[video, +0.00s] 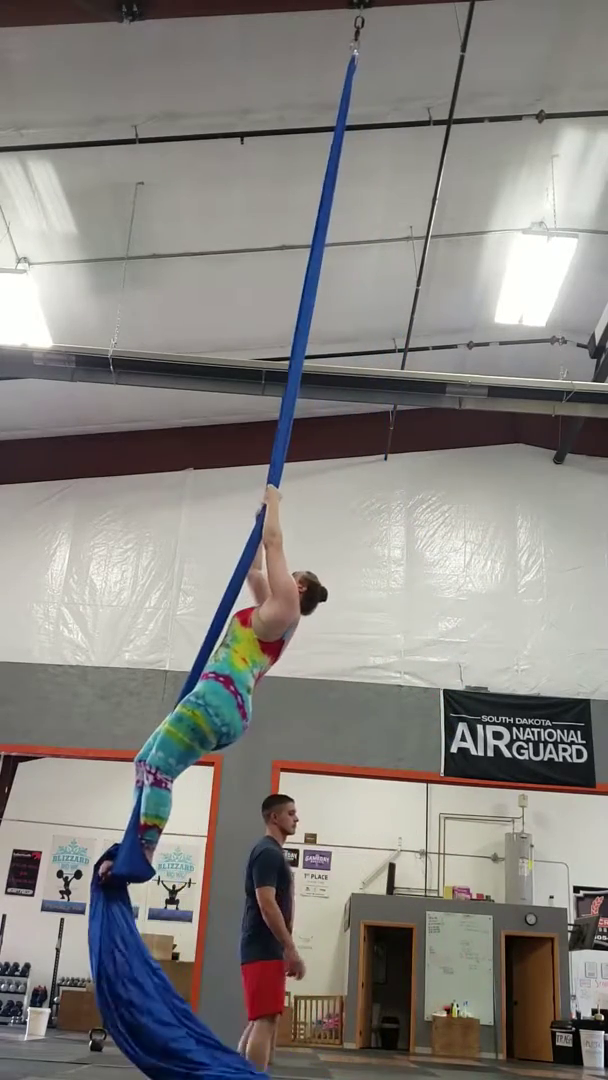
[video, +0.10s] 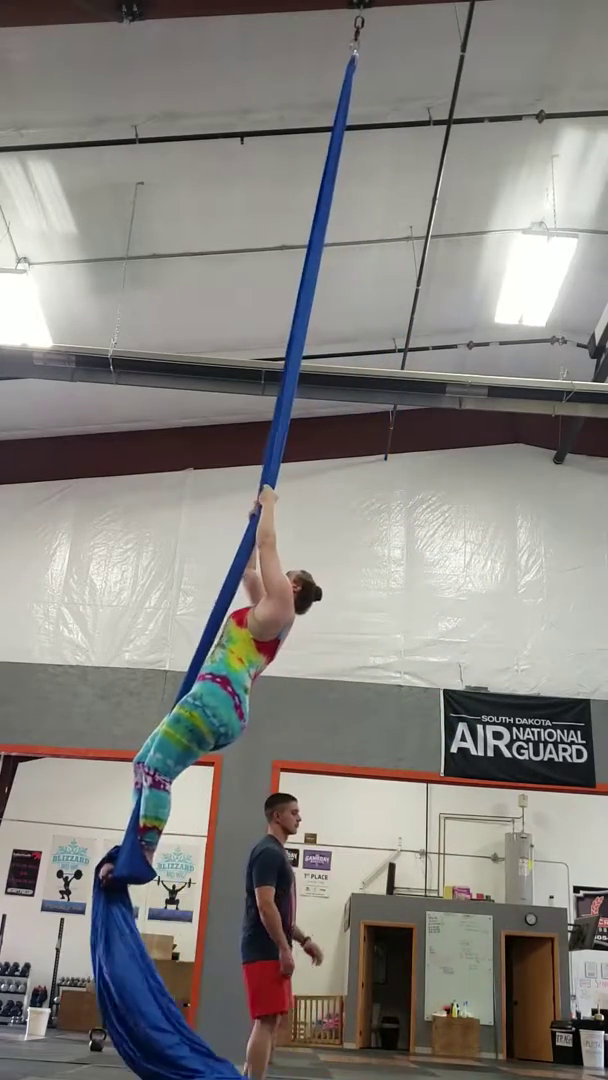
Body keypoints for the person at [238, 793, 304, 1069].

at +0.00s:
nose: (296, 818)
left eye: (295, 813)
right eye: (290, 813)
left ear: (277, 818)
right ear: (273, 817)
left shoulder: (271, 850)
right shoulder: (268, 851)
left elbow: (274, 906)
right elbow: (267, 904)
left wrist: (290, 952)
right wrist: (290, 948)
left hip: (265, 951)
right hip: (263, 951)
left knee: (260, 1019)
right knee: (266, 1020)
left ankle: (240, 1072)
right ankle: (255, 1077)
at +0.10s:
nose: (299, 818)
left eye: (298, 813)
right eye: (294, 812)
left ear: (280, 816)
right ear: (277, 815)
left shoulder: (278, 853)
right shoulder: (268, 851)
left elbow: (279, 911)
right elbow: (265, 904)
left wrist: (304, 940)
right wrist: (284, 949)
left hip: (272, 950)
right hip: (263, 950)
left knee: (273, 1020)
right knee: (265, 1020)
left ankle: (254, 1073)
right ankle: (255, 1075)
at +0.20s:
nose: (301, 817)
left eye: (301, 812)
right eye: (296, 812)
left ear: (282, 815)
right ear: (279, 814)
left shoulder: (280, 851)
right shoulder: (270, 850)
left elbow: (279, 908)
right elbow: (262, 901)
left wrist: (304, 931)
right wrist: (276, 949)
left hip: (279, 951)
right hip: (264, 951)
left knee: (288, 1018)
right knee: (267, 1021)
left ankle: (258, 1071)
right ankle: (256, 1075)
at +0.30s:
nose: (304, 816)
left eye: (304, 811)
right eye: (299, 811)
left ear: (284, 816)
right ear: (280, 815)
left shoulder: (284, 850)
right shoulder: (271, 847)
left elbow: (278, 905)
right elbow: (256, 894)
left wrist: (300, 931)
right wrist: (267, 943)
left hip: (284, 951)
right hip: (267, 950)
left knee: (289, 1019)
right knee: (268, 1021)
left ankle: (276, 1076)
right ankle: (258, 1077)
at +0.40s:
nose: (306, 817)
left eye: (306, 812)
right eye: (301, 811)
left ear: (287, 816)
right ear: (282, 814)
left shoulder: (285, 849)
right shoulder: (273, 846)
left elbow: (279, 897)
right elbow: (250, 883)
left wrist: (292, 936)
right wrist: (257, 934)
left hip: (286, 948)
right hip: (270, 948)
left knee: (289, 1022)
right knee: (268, 1022)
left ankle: (284, 1076)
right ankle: (257, 1076)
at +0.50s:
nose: (307, 817)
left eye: (307, 811)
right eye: (302, 811)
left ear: (289, 815)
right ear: (284, 814)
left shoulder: (287, 849)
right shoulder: (274, 846)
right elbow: (247, 874)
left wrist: (288, 926)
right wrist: (254, 922)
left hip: (288, 945)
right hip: (271, 944)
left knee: (288, 1022)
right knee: (267, 1021)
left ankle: (283, 1077)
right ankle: (256, 1076)